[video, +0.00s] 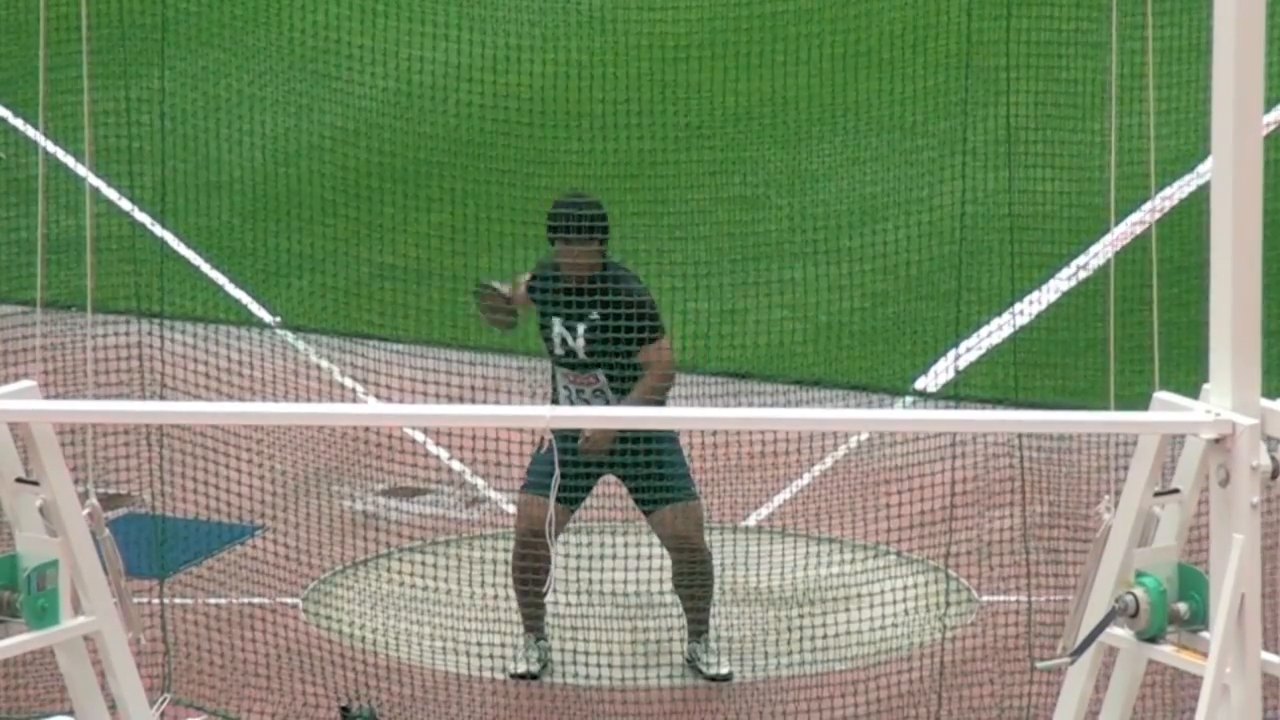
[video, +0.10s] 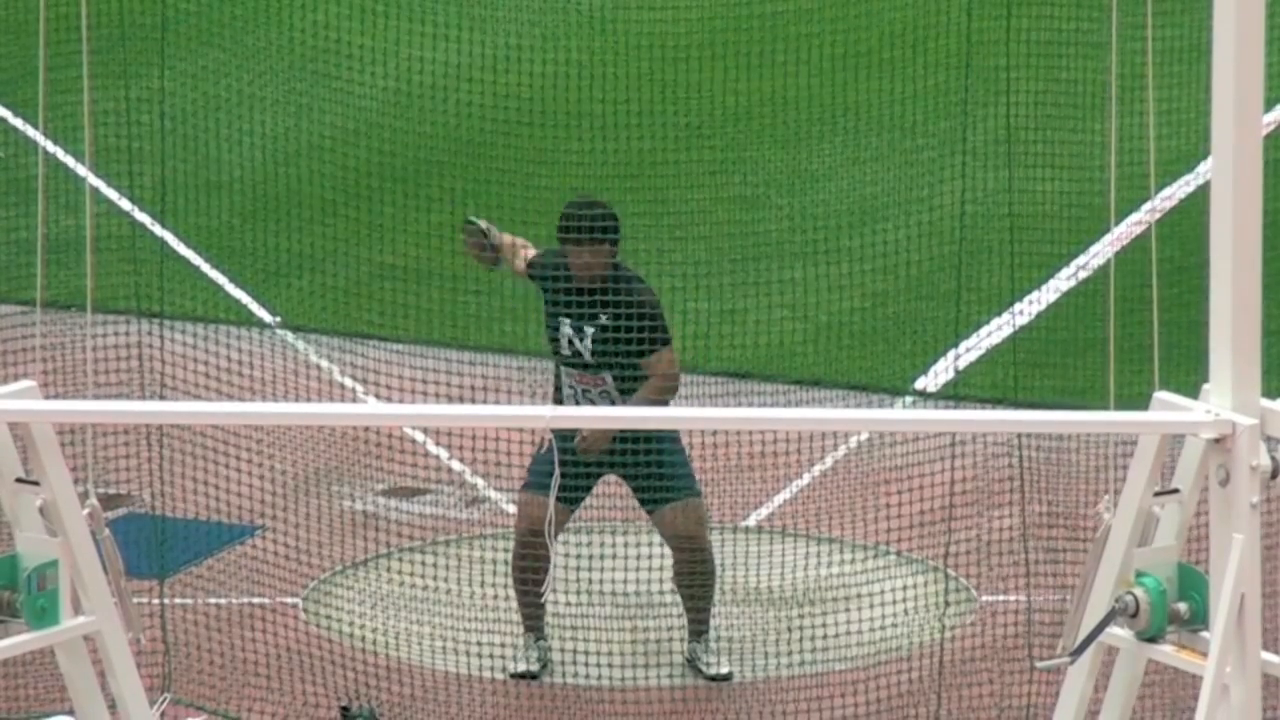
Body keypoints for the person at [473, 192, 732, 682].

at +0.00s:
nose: (577, 253)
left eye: (585, 243)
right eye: (567, 243)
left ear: (603, 244)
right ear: (553, 244)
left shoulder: (626, 292)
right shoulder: (545, 278)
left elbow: (663, 369)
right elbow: (515, 307)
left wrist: (614, 425)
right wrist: (500, 310)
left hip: (641, 428)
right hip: (572, 428)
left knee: (688, 540)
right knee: (530, 530)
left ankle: (700, 643)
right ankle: (533, 640)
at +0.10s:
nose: (581, 257)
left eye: (591, 247)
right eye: (574, 246)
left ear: (612, 250)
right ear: (562, 246)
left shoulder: (635, 297)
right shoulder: (553, 271)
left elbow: (667, 376)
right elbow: (519, 254)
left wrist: (614, 425)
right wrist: (494, 243)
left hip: (642, 429)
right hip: (574, 428)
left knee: (691, 534)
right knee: (531, 526)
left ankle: (700, 643)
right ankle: (534, 641)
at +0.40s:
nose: (622, 271)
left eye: (632, 261)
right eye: (613, 260)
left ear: (648, 263)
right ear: (599, 259)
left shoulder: (671, 309)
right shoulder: (581, 290)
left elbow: (696, 388)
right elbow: (502, 275)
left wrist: (640, 427)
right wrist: (436, 260)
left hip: (662, 431)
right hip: (588, 427)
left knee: (703, 530)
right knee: (540, 524)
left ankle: (701, 642)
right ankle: (533, 639)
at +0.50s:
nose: (640, 277)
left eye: (649, 266)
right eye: (630, 266)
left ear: (664, 265)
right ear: (614, 263)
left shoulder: (687, 313)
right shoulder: (594, 299)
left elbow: (710, 391)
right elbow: (520, 322)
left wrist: (658, 428)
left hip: (671, 431)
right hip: (595, 427)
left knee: (707, 526)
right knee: (544, 525)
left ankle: (701, 642)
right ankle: (534, 640)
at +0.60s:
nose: (656, 279)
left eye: (665, 269)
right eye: (646, 269)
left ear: (678, 268)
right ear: (630, 268)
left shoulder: (699, 311)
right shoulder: (604, 309)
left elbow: (722, 387)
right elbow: (554, 373)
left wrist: (681, 427)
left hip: (671, 431)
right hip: (599, 429)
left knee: (710, 525)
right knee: (549, 524)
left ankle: (700, 642)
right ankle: (534, 639)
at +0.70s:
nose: (667, 281)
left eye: (677, 271)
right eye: (657, 270)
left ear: (691, 269)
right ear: (642, 268)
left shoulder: (711, 309)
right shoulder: (620, 310)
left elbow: (729, 379)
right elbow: (610, 401)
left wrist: (706, 425)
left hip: (669, 429)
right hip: (605, 425)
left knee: (711, 523)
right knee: (552, 528)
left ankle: (700, 642)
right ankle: (534, 640)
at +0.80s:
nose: (674, 278)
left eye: (684, 268)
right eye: (665, 267)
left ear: (699, 266)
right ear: (651, 265)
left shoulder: (714, 302)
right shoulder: (633, 310)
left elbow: (731, 369)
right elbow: (661, 402)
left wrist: (738, 427)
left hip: (663, 431)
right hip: (601, 431)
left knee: (711, 520)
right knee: (559, 531)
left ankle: (700, 642)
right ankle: (534, 640)